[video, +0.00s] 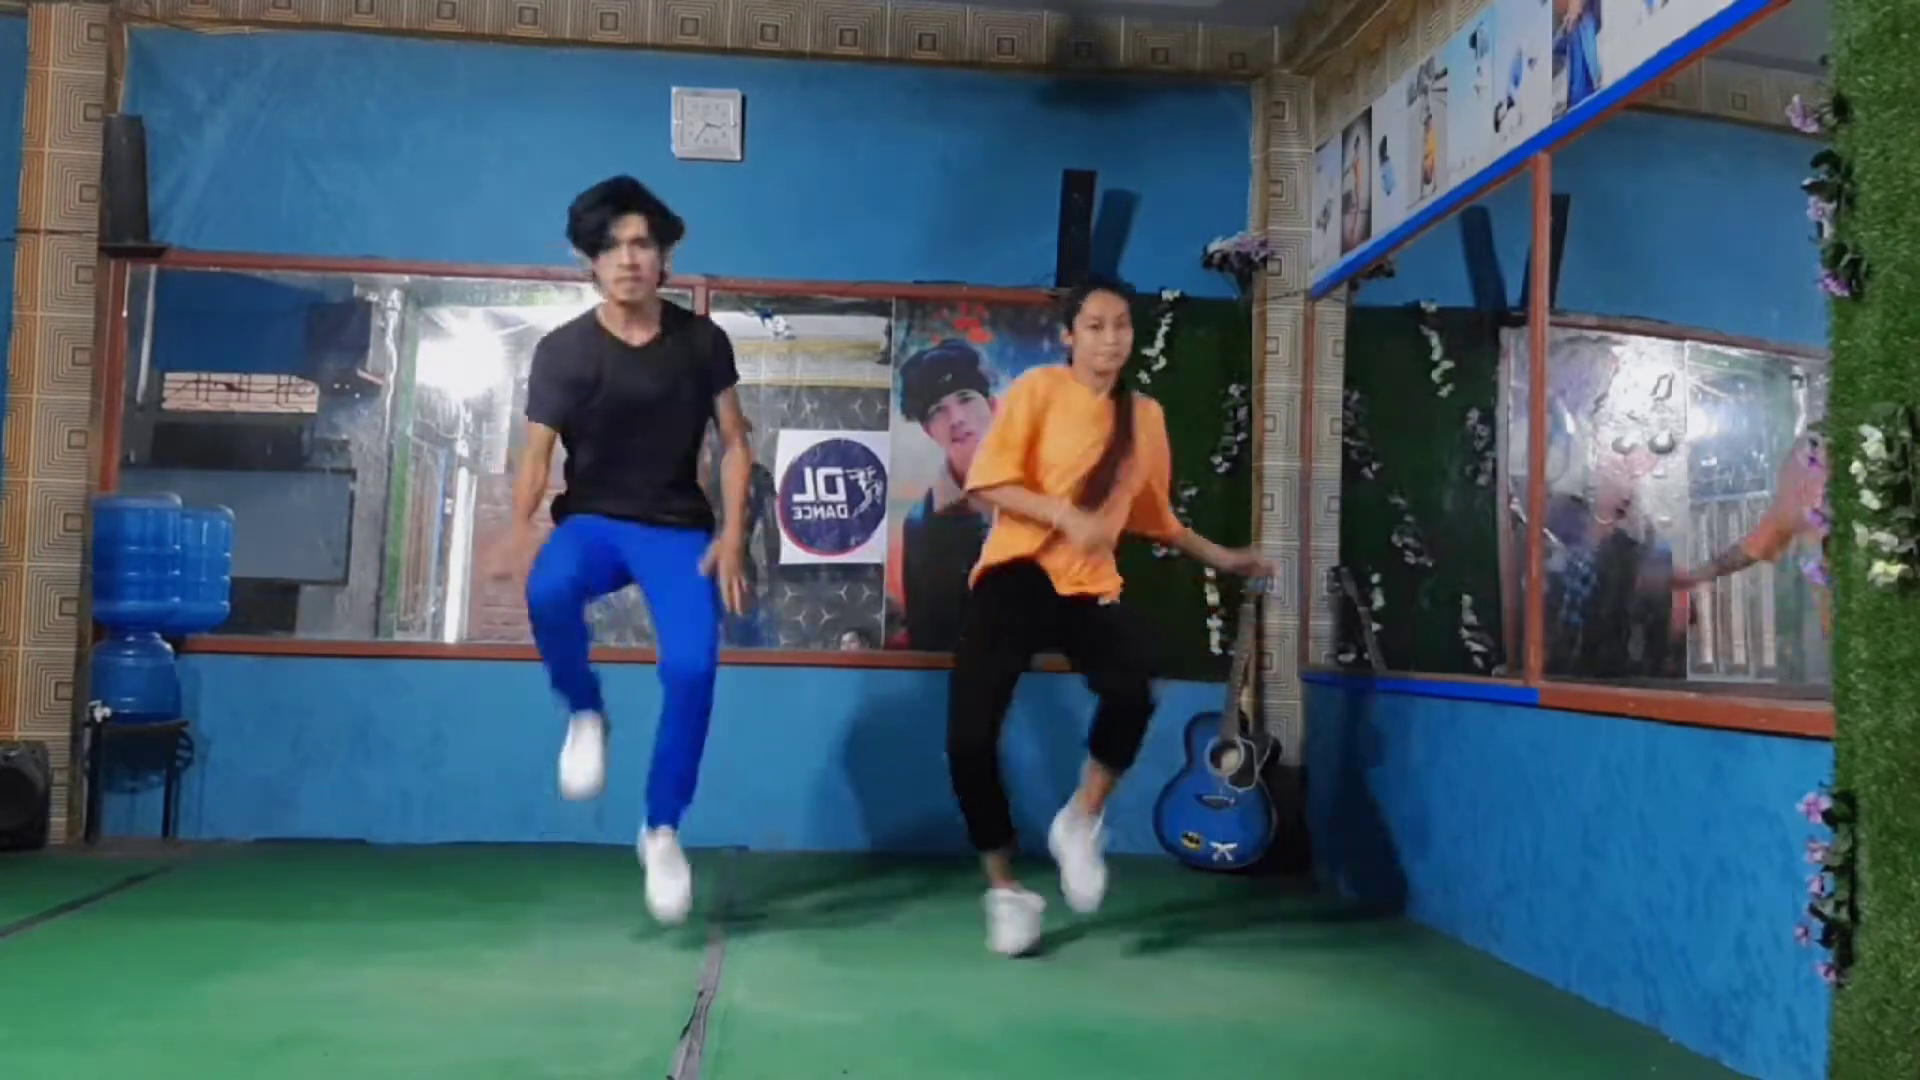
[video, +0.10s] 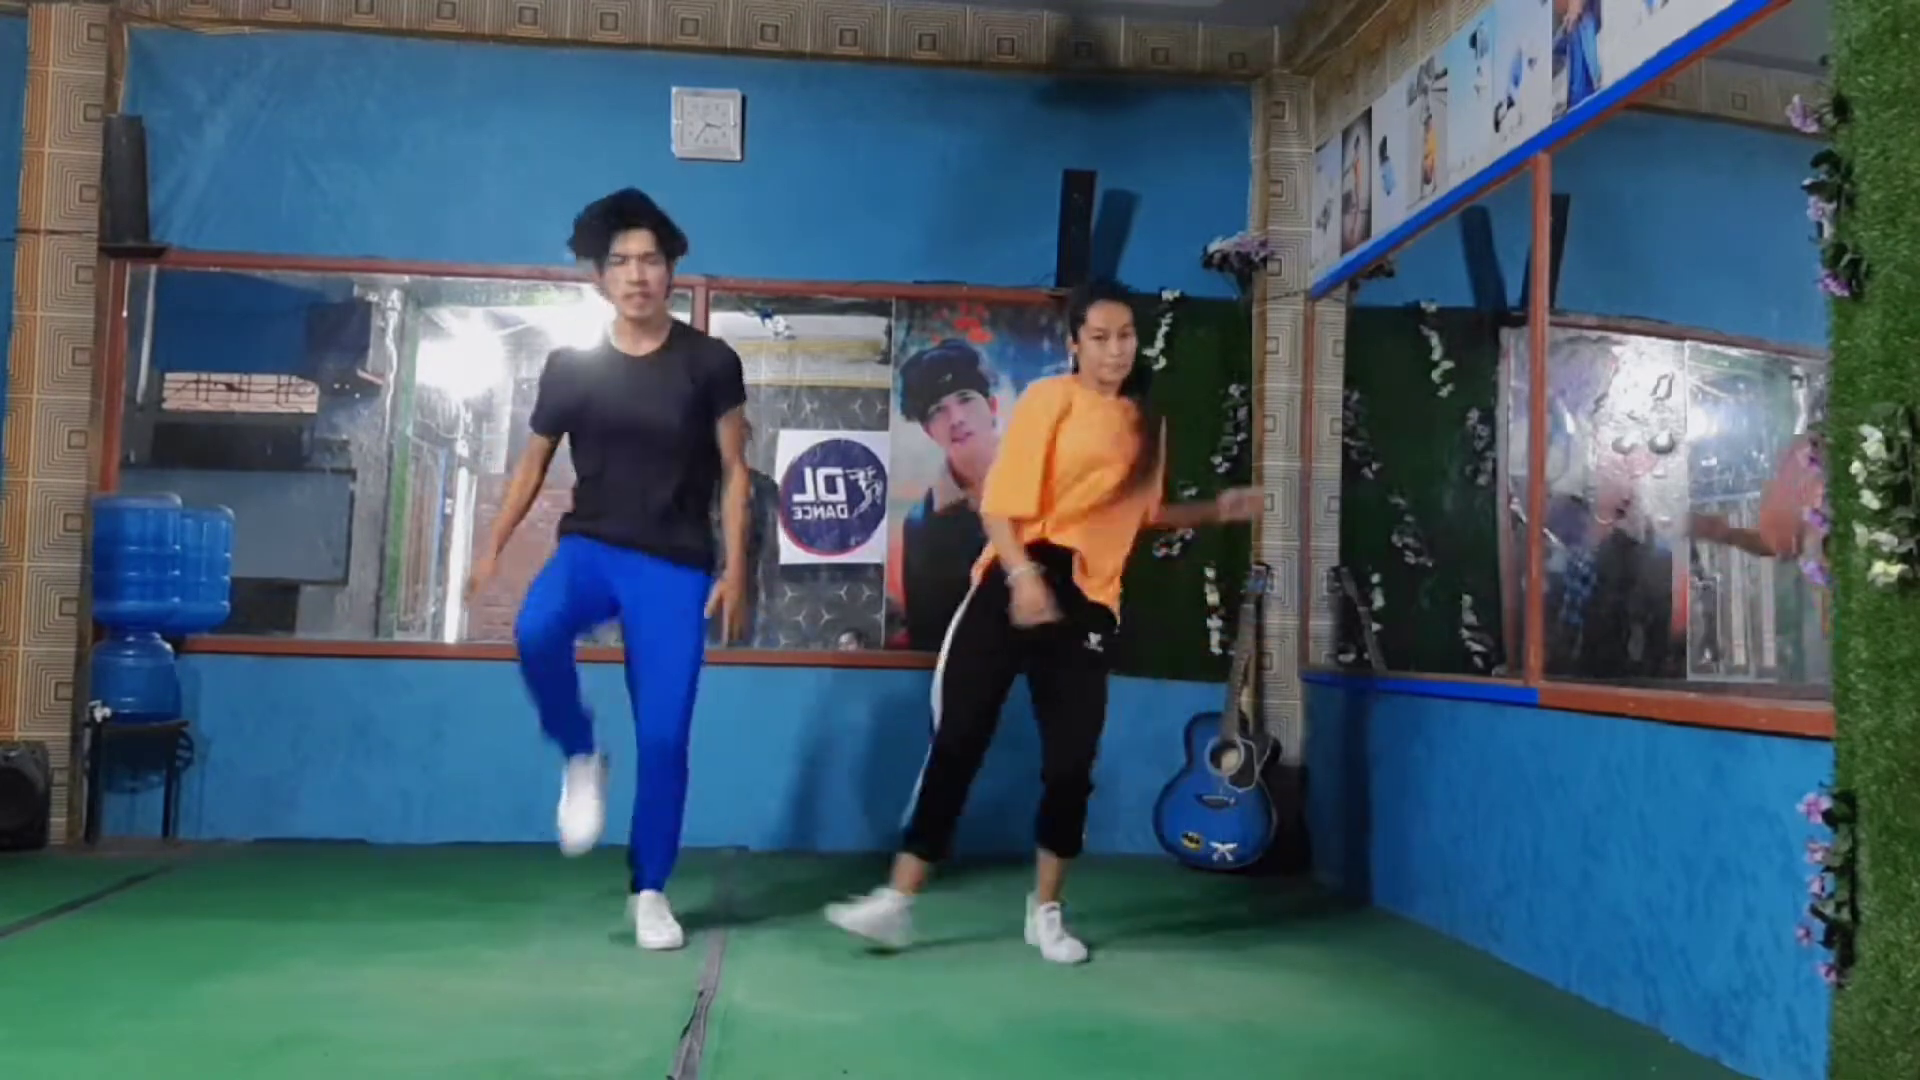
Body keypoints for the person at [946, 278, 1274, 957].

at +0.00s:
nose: (1110, 339)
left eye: (1121, 326)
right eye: (1095, 326)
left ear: (1134, 336)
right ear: (1070, 335)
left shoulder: (1145, 418)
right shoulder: (1036, 390)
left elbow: (1155, 519)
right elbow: (985, 482)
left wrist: (1225, 557)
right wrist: (1067, 516)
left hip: (1089, 587)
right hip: (1013, 578)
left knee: (1131, 691)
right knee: (969, 737)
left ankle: (1081, 823)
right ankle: (1004, 891)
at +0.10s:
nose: (1115, 349)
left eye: (1126, 335)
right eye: (1101, 336)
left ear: (1139, 343)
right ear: (1075, 343)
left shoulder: (1148, 424)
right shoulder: (1048, 398)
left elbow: (1141, 515)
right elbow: (998, 501)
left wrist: (1215, 509)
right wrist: (1023, 575)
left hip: (1085, 601)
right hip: (1010, 583)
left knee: (1072, 765)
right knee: (958, 741)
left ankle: (1046, 912)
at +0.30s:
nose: (1099, 347)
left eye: (1110, 335)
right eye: (1085, 334)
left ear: (1124, 345)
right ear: (1059, 343)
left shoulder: (1145, 421)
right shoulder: (1021, 404)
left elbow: (1173, 507)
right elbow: (966, 491)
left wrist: (1148, 537)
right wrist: (958, 496)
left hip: (1089, 588)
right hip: (1008, 573)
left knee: (1073, 761)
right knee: (990, 671)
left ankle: (1049, 912)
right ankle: (965, 823)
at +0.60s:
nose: (1090, 361)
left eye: (1097, 349)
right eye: (1079, 349)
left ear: (1101, 350)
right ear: (1041, 347)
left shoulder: (1068, 412)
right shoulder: (1014, 397)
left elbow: (1073, 520)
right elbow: (958, 491)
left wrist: (1155, 527)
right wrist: (1017, 500)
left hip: (1052, 596)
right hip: (1006, 600)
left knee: (1139, 725)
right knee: (1054, 756)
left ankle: (1059, 850)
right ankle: (994, 913)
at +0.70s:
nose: (1091, 361)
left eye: (1095, 348)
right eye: (1079, 351)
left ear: (1093, 347)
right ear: (1041, 349)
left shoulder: (1055, 406)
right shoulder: (1019, 389)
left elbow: (1059, 508)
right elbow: (936, 447)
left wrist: (1137, 504)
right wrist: (985, 471)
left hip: (1034, 585)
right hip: (1002, 589)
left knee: (1106, 722)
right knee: (1088, 724)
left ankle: (994, 825)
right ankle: (1033, 880)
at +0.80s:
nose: (1083, 371)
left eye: (1087, 359)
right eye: (1071, 361)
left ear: (1080, 360)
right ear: (1031, 363)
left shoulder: (1049, 421)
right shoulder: (1010, 411)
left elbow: (1046, 536)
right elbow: (935, 471)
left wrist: (1108, 577)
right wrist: (931, 552)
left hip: (1018, 605)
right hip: (997, 607)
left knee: (1034, 764)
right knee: (1088, 739)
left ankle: (933, 893)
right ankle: (1123, 906)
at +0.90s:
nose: (1067, 384)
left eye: (1072, 370)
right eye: (1054, 370)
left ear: (1075, 374)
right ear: (1017, 374)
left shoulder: (1042, 442)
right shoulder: (991, 431)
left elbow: (1041, 561)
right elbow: (927, 519)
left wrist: (1117, 592)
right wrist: (909, 590)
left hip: (1016, 625)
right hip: (986, 626)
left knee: (1027, 783)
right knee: (1097, 742)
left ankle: (927, 902)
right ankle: (1124, 906)